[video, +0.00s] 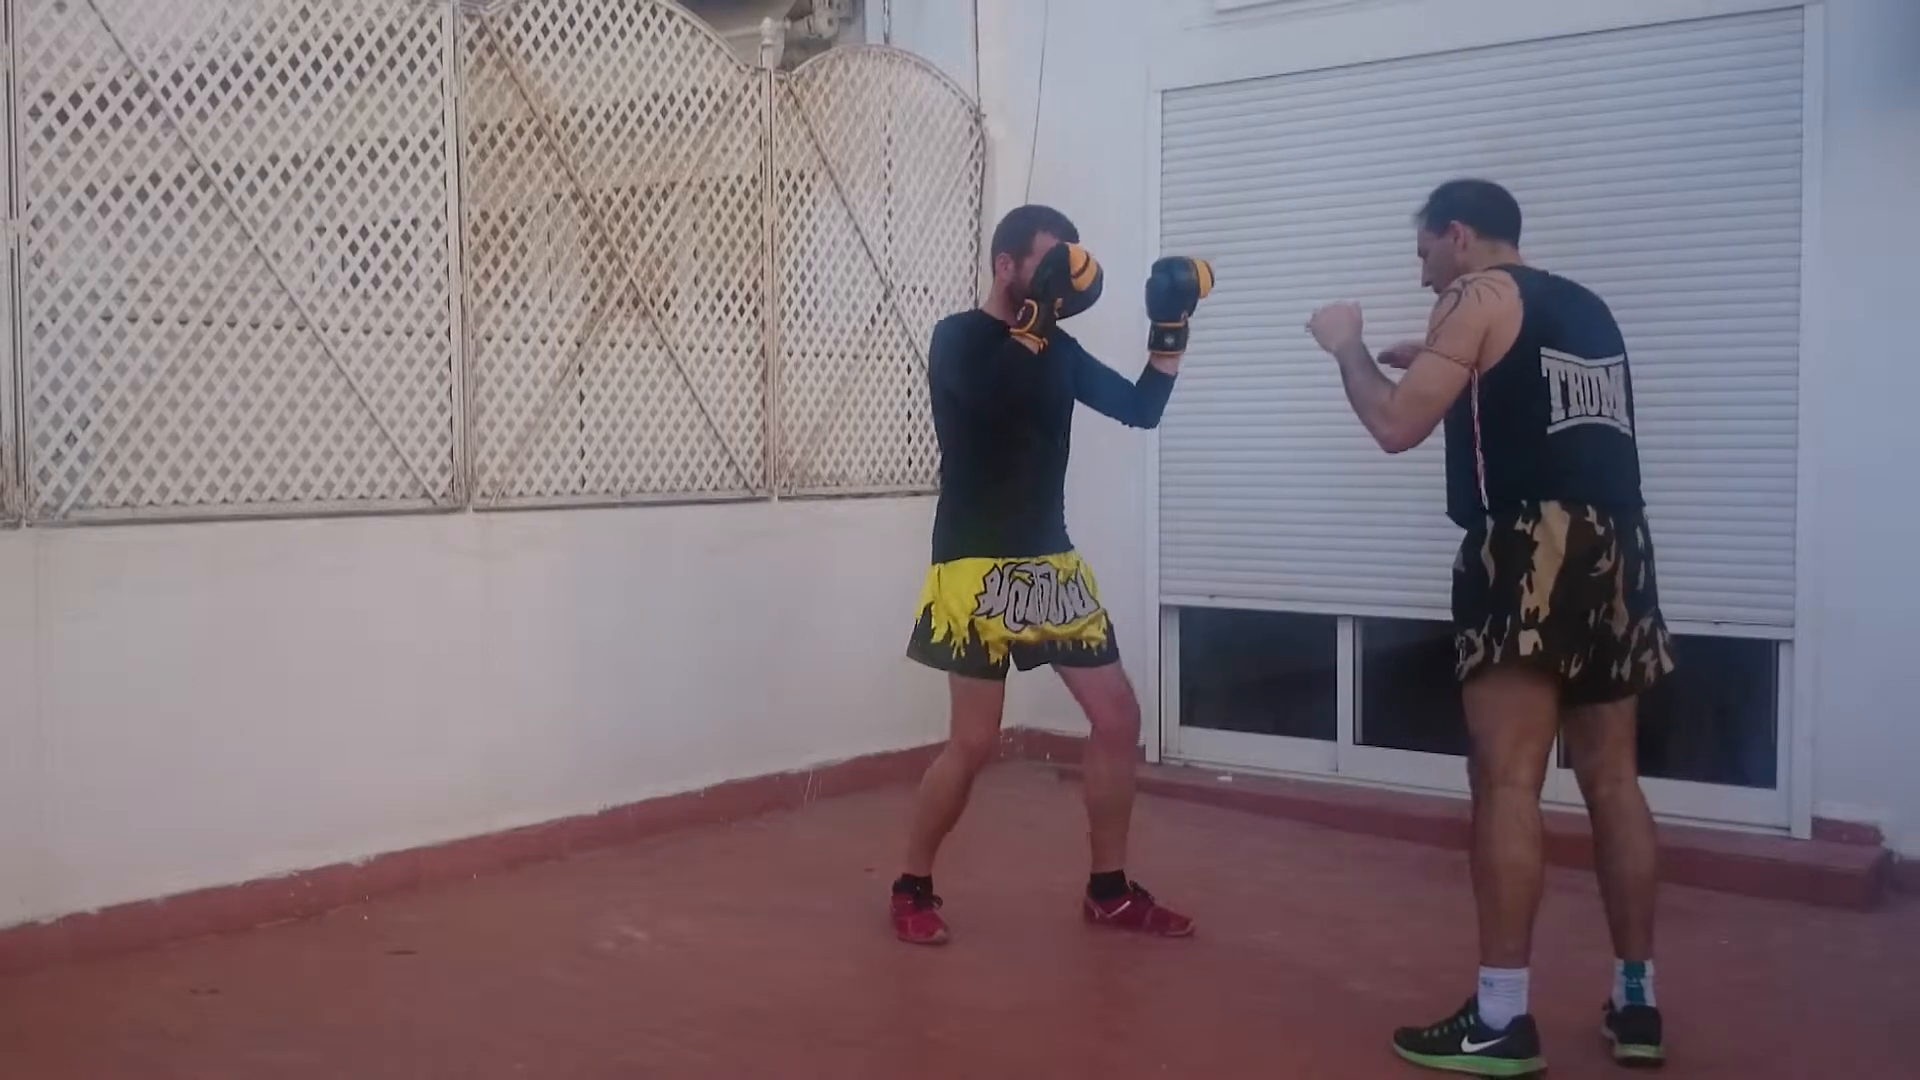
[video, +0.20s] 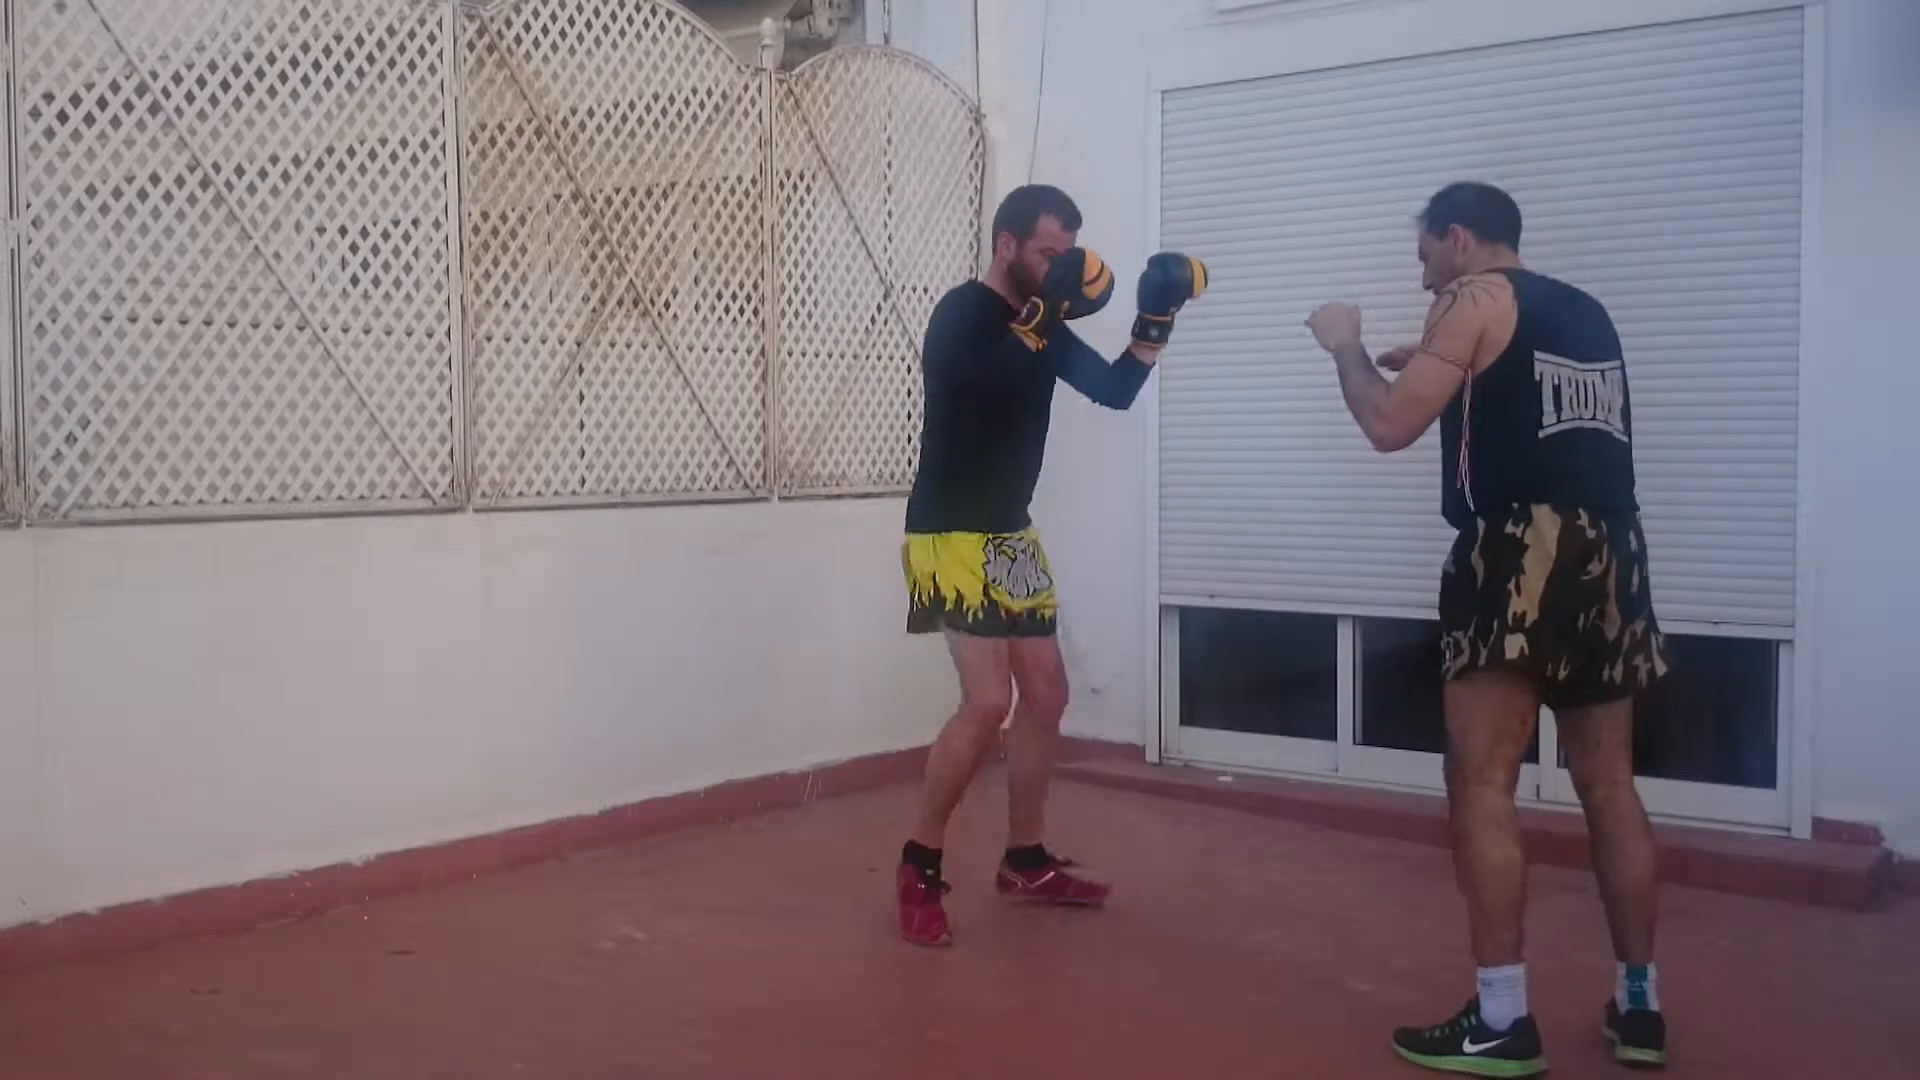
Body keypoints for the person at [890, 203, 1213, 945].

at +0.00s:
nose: (1056, 280)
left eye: (1061, 270)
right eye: (1047, 265)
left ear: (1056, 278)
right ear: (1003, 263)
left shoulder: (1058, 348)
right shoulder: (957, 337)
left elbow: (1142, 408)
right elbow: (982, 400)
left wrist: (1170, 336)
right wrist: (1039, 321)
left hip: (1051, 555)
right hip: (974, 559)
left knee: (1117, 715)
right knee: (975, 742)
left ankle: (1109, 888)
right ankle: (913, 885)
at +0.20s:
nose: (1059, 267)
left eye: (1066, 256)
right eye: (1050, 253)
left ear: (1064, 257)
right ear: (1005, 244)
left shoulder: (1039, 324)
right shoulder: (962, 311)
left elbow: (1114, 389)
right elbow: (1000, 381)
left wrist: (1154, 322)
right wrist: (1054, 314)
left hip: (1010, 531)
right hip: (950, 532)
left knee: (1045, 696)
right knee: (985, 706)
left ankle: (1026, 861)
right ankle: (920, 863)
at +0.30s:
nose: (1045, 285)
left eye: (1054, 274)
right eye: (1035, 270)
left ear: (1058, 273)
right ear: (993, 259)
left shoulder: (1038, 334)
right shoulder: (953, 331)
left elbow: (1120, 388)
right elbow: (961, 425)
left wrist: (1155, 321)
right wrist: (1032, 339)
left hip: (991, 538)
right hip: (944, 535)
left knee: (985, 705)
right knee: (1006, 694)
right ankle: (957, 863)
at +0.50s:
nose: (1028, 301)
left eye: (1033, 288)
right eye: (1015, 286)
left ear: (1030, 285)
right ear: (971, 279)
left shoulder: (1020, 354)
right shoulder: (929, 362)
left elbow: (1092, 392)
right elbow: (932, 475)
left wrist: (1161, 352)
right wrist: (993, 401)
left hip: (1012, 563)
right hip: (951, 570)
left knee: (1053, 717)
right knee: (1024, 731)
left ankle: (942, 812)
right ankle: (982, 908)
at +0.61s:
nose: (1018, 292)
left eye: (1023, 279)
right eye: (1006, 277)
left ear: (1017, 276)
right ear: (961, 269)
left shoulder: (1008, 348)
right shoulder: (917, 358)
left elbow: (1066, 392)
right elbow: (934, 465)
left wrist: (1155, 350)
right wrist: (1000, 380)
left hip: (1028, 555)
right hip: (961, 573)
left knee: (1116, 695)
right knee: (1029, 735)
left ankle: (1033, 809)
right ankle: (981, 908)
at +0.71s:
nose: (1014, 281)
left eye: (1020, 268)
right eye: (1003, 266)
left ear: (1016, 267)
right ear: (956, 259)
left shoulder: (1001, 337)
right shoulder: (914, 352)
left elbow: (1048, 397)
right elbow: (941, 453)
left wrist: (1127, 365)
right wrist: (1012, 363)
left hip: (1046, 544)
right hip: (973, 568)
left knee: (1155, 670)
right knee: (1015, 738)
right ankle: (979, 910)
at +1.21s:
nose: (1038, 280)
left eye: (1041, 267)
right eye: (1022, 266)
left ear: (1034, 272)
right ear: (972, 267)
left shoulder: (1038, 350)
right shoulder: (944, 350)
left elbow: (1129, 418)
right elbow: (1028, 375)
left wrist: (1136, 348)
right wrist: (1054, 289)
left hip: (1095, 556)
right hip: (1016, 571)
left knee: (1179, 716)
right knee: (1041, 756)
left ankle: (1211, 884)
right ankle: (986, 908)